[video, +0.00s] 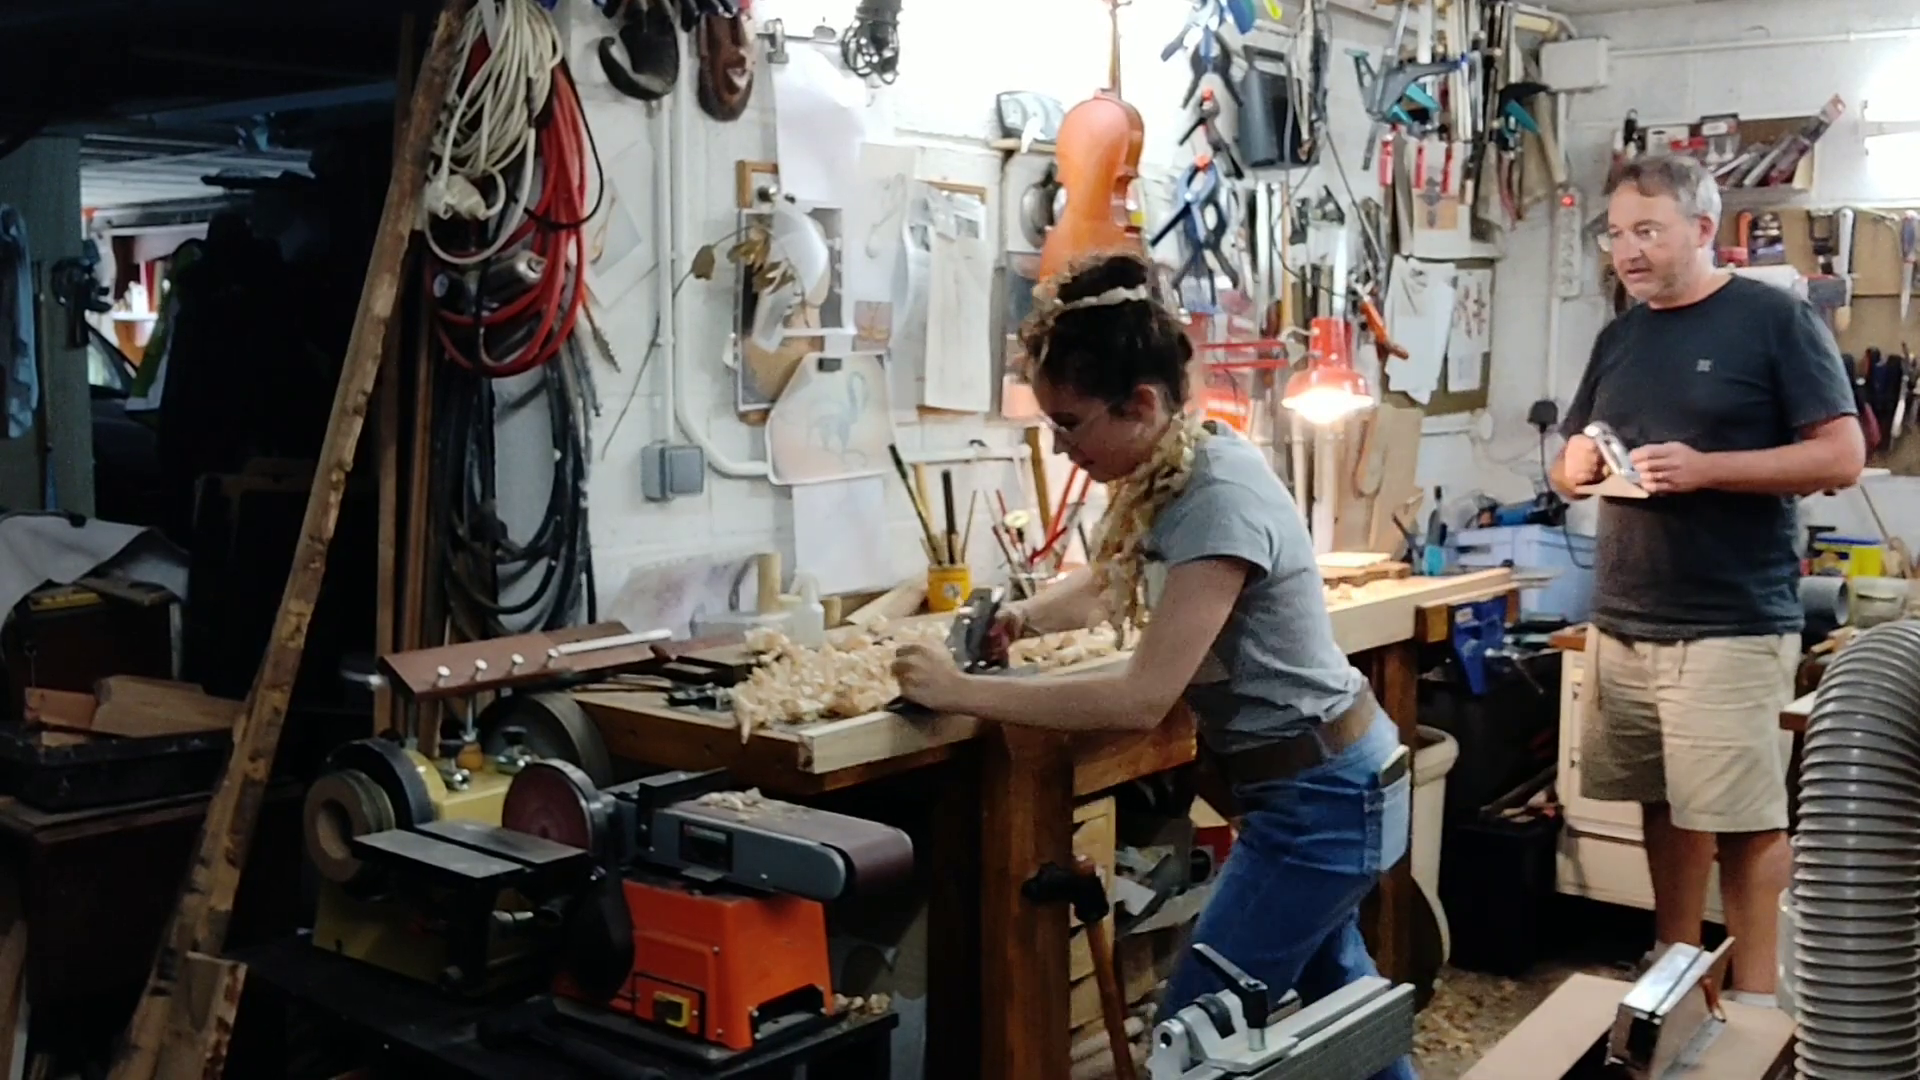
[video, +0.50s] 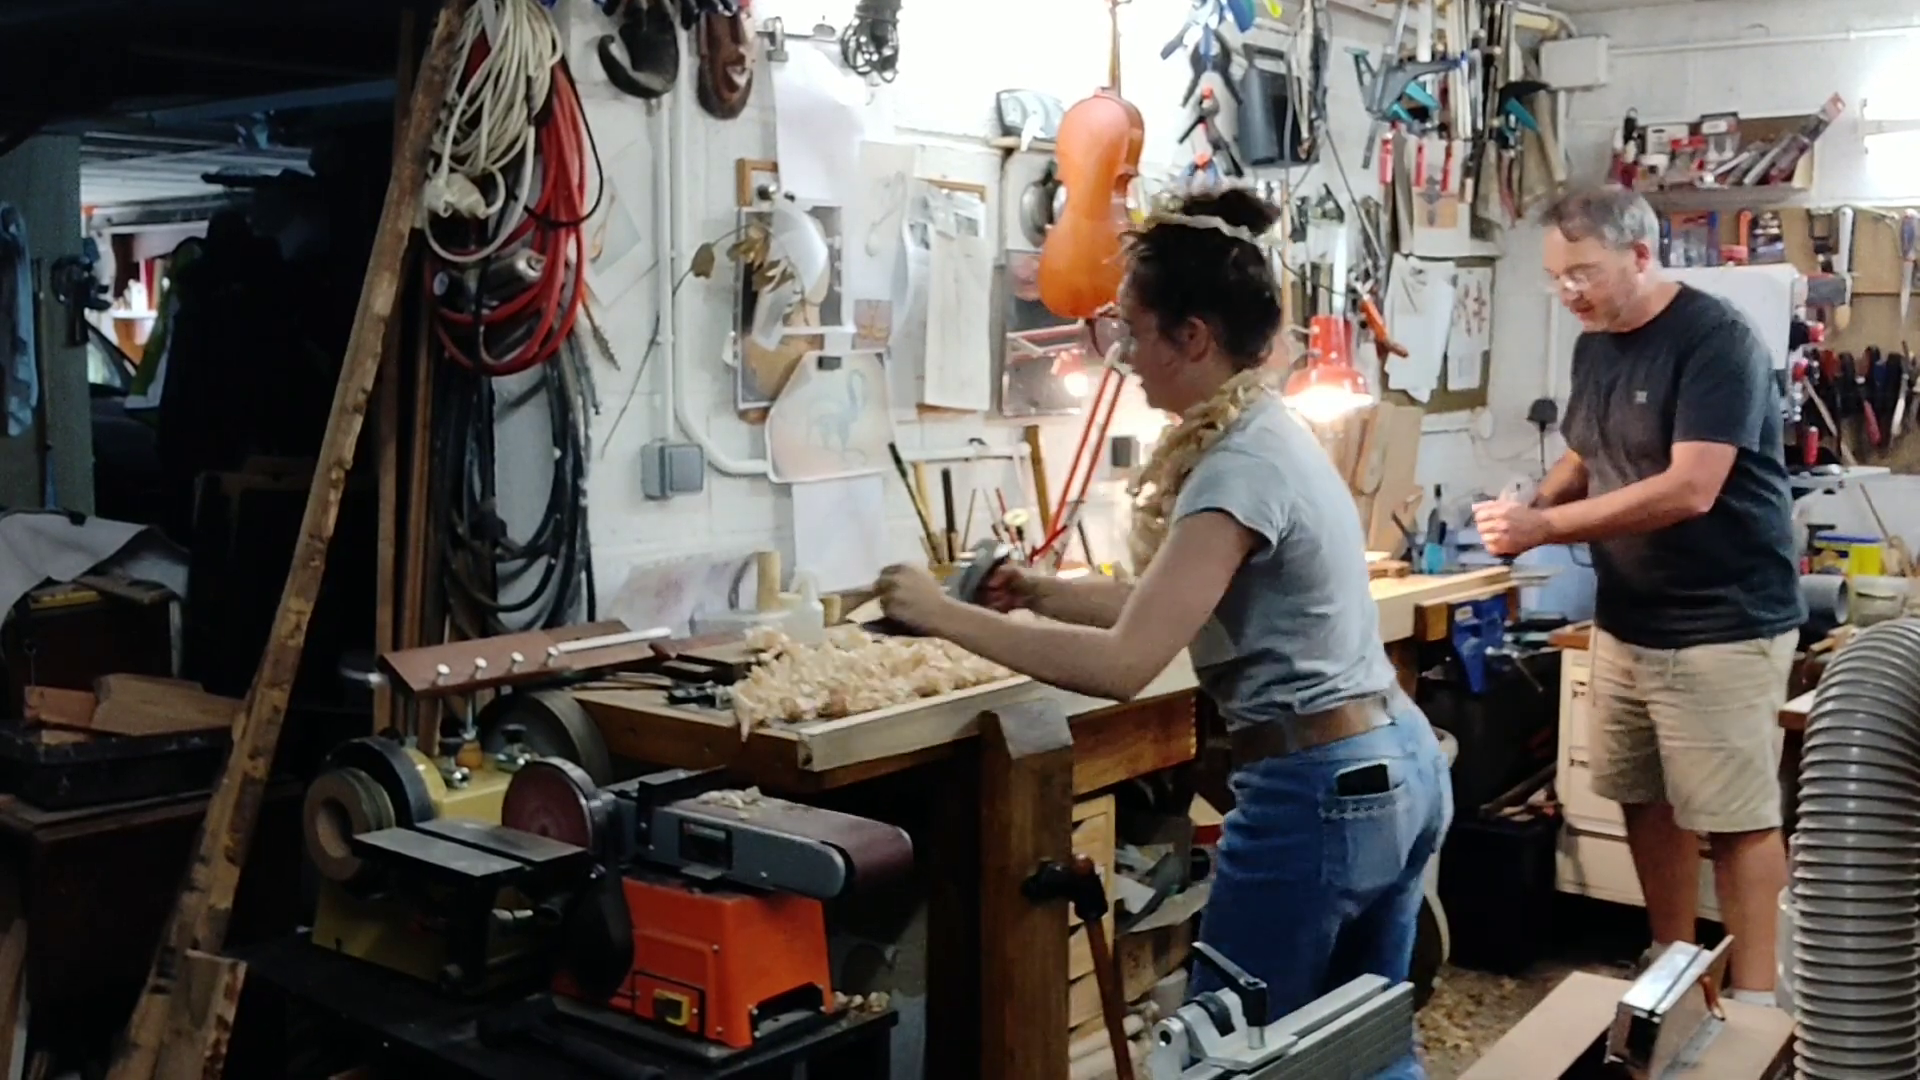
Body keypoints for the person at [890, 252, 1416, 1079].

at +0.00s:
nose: (1059, 445)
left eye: (1068, 423)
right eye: (1052, 424)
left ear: (1144, 402)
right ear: (1139, 406)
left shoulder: (1219, 494)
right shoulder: (1165, 480)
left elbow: (1142, 696)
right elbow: (1102, 584)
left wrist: (964, 689)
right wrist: (1010, 620)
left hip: (1325, 795)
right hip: (1294, 787)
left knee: (1194, 1026)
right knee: (1348, 1013)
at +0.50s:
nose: (1122, 351)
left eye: (1133, 330)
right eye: (1122, 328)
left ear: (1193, 338)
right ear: (1211, 340)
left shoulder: (1240, 463)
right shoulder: (1276, 440)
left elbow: (1125, 661)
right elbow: (1172, 600)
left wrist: (947, 617)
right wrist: (1038, 594)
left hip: (1317, 783)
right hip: (1400, 755)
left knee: (1232, 1045)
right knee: (1374, 1034)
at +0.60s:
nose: (1172, 343)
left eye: (1178, 320)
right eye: (1171, 320)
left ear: (1223, 328)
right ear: (1300, 325)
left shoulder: (1253, 466)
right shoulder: (1344, 432)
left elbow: (1164, 677)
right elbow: (1289, 600)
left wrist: (1021, 597)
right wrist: (1149, 579)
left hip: (1322, 786)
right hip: (1430, 761)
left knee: (1228, 1043)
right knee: (1380, 1043)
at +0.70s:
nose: (1239, 336)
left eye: (1239, 317)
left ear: (1257, 322)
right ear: (1375, 328)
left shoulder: (1267, 469)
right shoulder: (1422, 435)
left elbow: (1203, 681)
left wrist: (1088, 591)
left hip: (1329, 781)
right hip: (1460, 765)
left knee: (1222, 1037)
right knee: (1405, 1045)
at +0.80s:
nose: (1288, 325)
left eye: (1287, 309)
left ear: (1302, 320)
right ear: (1413, 310)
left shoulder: (1280, 468)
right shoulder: (1500, 446)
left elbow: (1237, 675)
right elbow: (1504, 634)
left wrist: (1165, 581)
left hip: (1332, 784)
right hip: (1475, 771)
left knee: (1237, 1037)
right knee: (1419, 1050)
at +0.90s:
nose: (1321, 326)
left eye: (1323, 311)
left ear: (1332, 321)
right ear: (1449, 314)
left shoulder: (1287, 462)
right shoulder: (1532, 445)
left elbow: (1260, 659)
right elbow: (1561, 635)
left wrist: (1241, 562)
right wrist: (1469, 602)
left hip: (1332, 775)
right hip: (1479, 770)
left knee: (1259, 1034)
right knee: (1423, 1048)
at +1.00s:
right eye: (1483, 301)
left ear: (1358, 308)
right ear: (1472, 306)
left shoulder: (1296, 449)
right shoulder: (1548, 446)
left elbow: (1281, 639)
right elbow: (1584, 645)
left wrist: (1360, 574)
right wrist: (1509, 581)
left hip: (1327, 754)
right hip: (1477, 755)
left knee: (1295, 1029)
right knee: (1434, 1042)